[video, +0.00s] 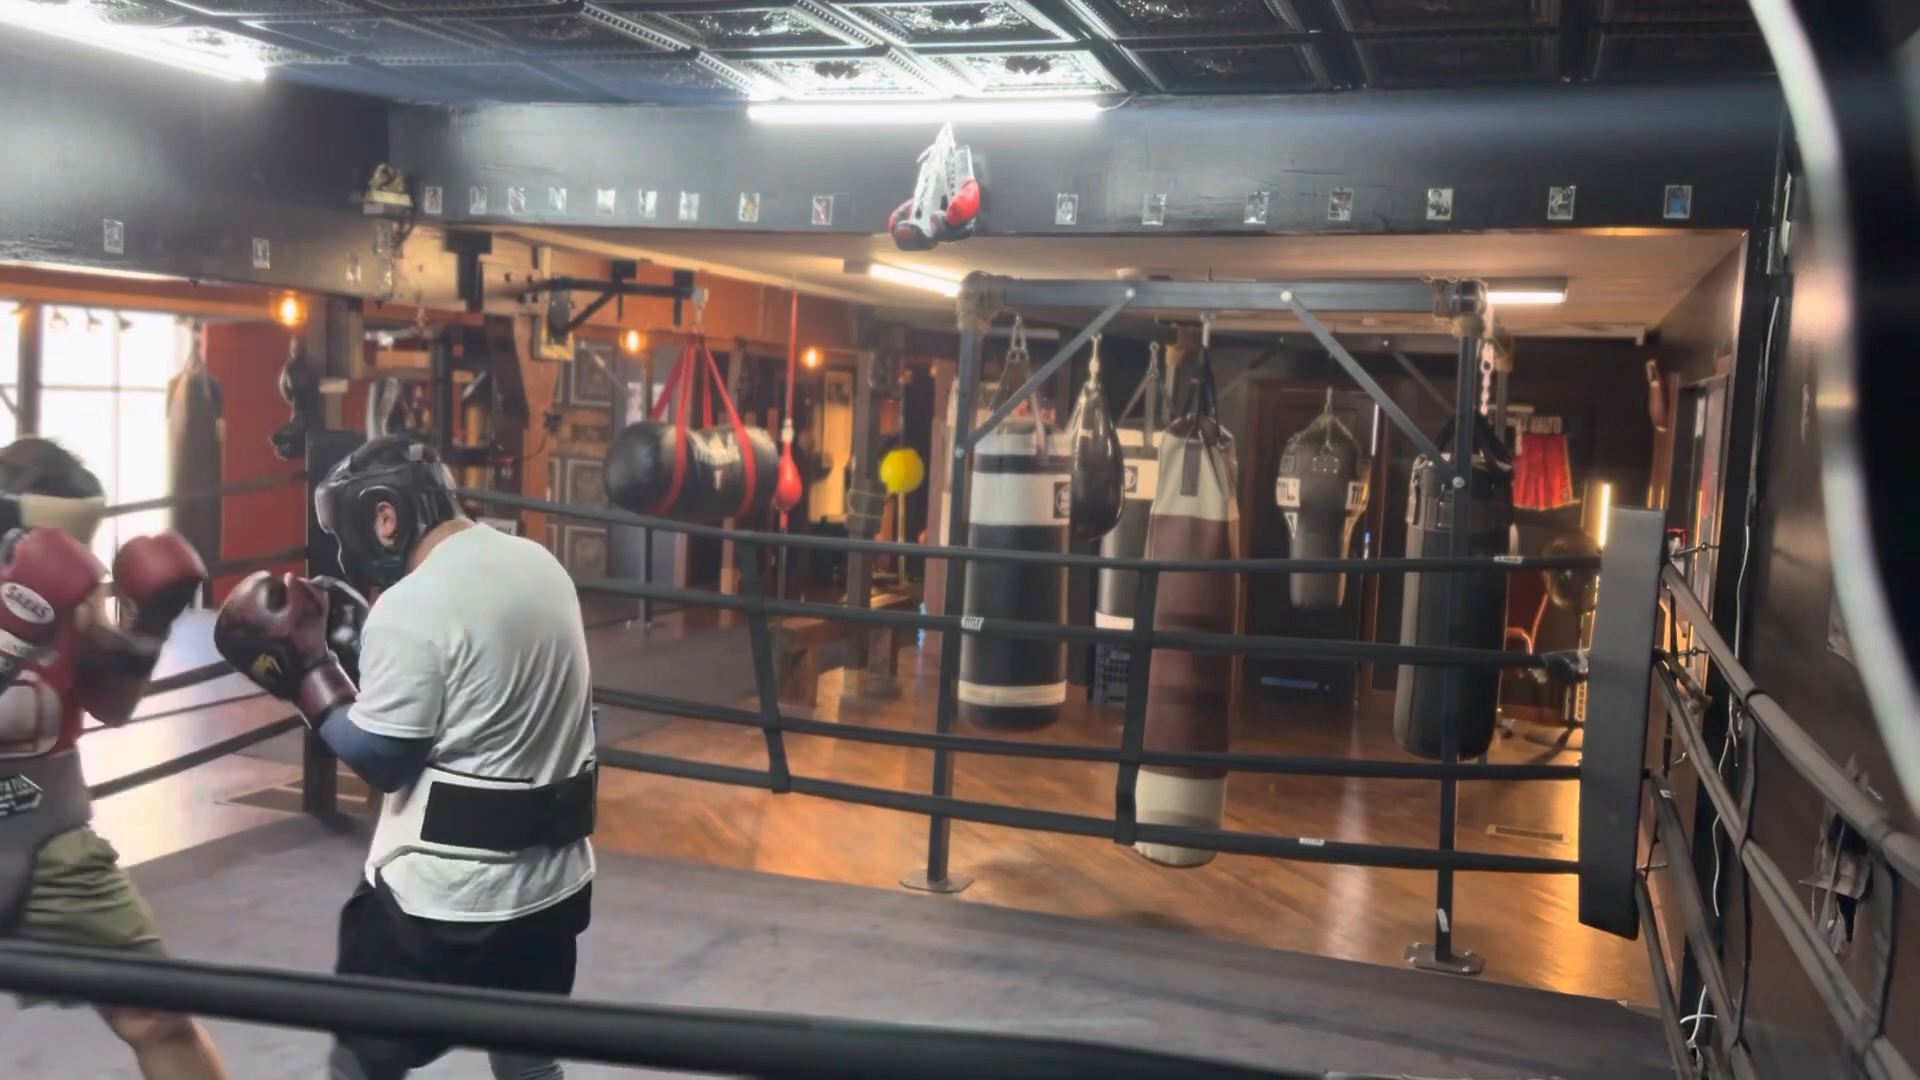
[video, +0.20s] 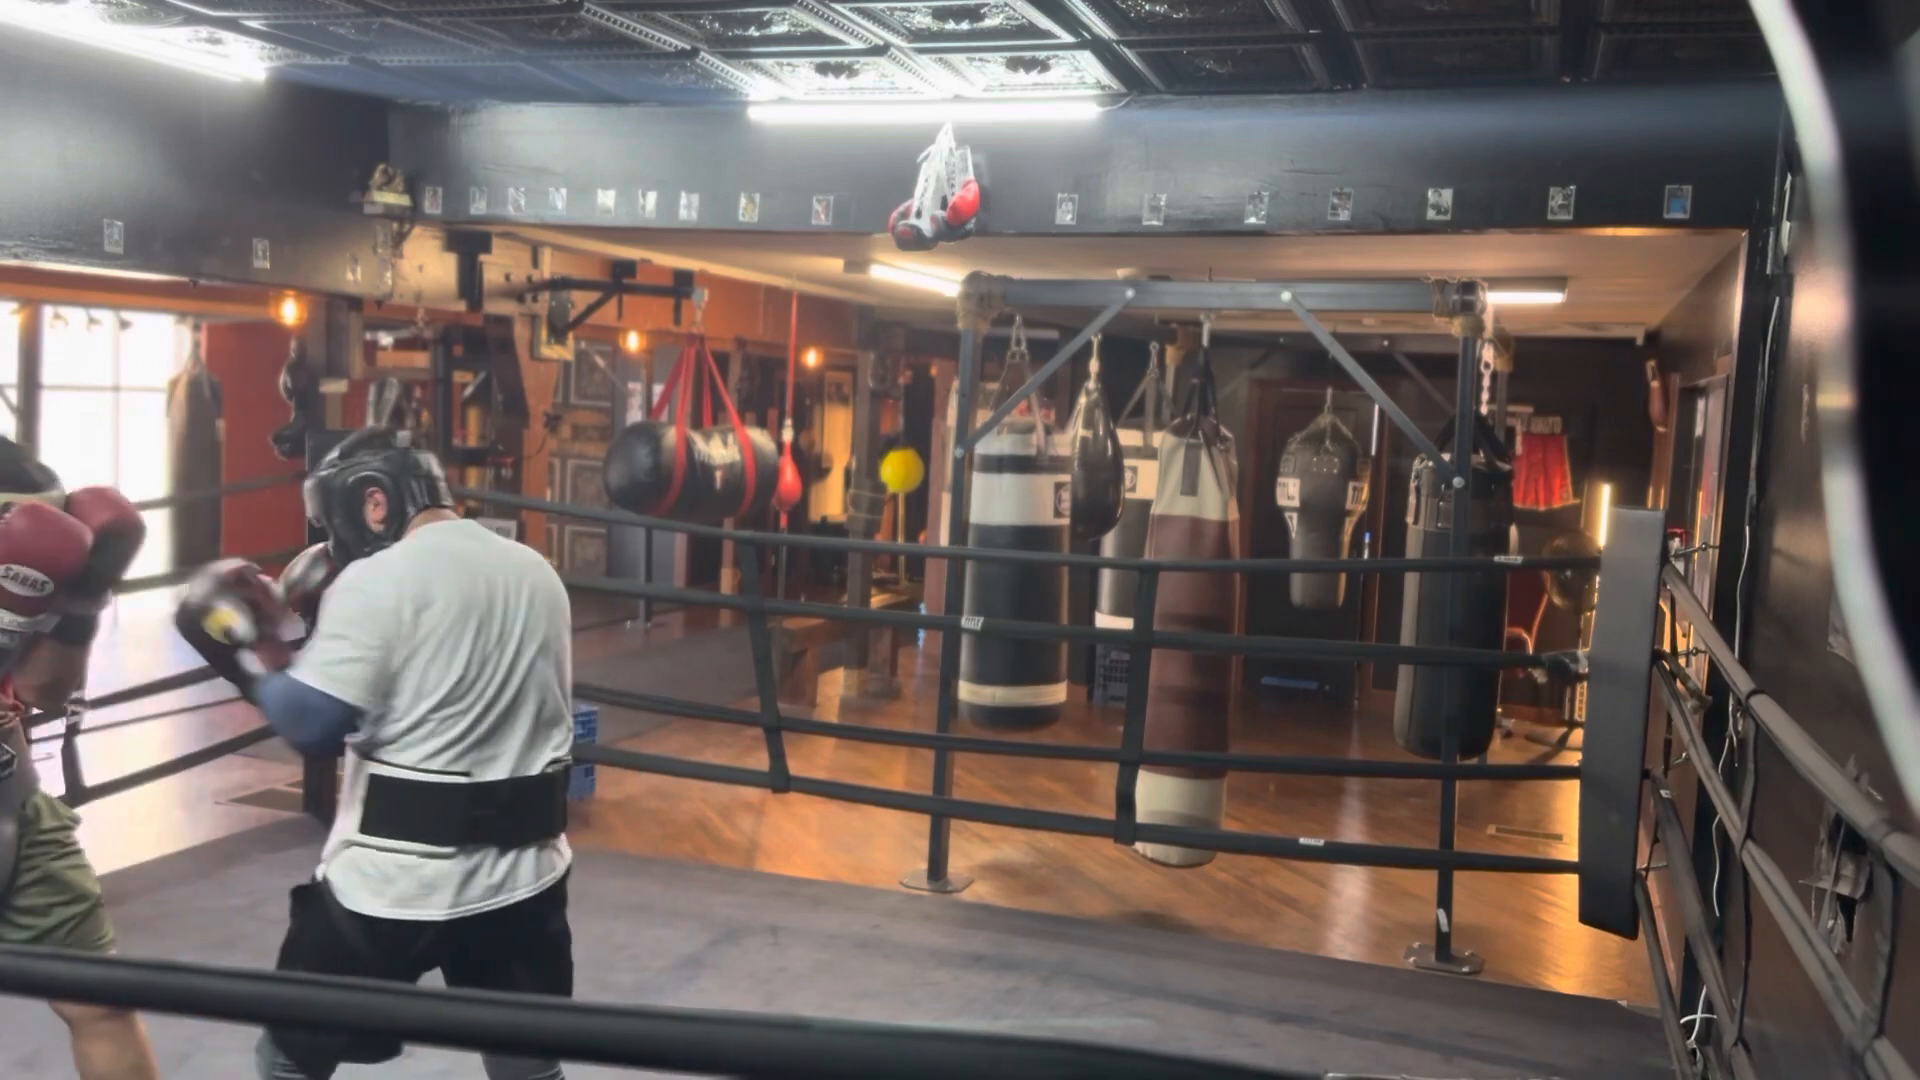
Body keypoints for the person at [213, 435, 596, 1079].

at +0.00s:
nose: (348, 547)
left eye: (348, 528)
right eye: (342, 531)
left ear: (388, 517)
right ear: (443, 501)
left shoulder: (411, 610)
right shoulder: (541, 565)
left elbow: (384, 763)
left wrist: (308, 668)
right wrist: (365, 639)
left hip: (443, 901)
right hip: (553, 890)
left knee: (363, 1060)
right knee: (530, 1062)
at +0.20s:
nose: (337, 540)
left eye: (336, 522)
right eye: (331, 526)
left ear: (377, 503)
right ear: (434, 496)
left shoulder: (374, 583)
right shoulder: (536, 570)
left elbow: (311, 720)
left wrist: (244, 662)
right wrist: (306, 629)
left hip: (394, 885)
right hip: (524, 881)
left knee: (291, 1058)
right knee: (530, 1063)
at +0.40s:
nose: (261, 534)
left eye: (262, 515)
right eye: (258, 515)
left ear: (293, 511)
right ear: (366, 501)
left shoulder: (261, 594)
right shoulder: (474, 582)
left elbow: (127, 678)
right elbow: (492, 704)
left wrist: (119, 592)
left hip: (313, 928)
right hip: (468, 914)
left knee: (264, 1066)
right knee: (496, 1066)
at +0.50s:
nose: (211, 533)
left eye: (214, 517)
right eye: (211, 517)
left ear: (240, 514)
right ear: (322, 498)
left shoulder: (212, 588)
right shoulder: (419, 567)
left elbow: (128, 702)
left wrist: (109, 618)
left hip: (276, 925)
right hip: (429, 911)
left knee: (212, 1065)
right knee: (467, 1066)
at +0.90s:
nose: (222, 511)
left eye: (225, 496)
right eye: (223, 498)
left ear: (244, 494)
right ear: (335, 489)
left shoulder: (196, 577)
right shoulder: (431, 568)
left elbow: (103, 654)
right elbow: (453, 708)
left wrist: (28, 607)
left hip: (242, 917)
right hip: (400, 910)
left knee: (216, 1065)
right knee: (427, 1066)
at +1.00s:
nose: (255, 508)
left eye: (260, 494)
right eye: (258, 495)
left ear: (277, 494)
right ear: (369, 497)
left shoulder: (211, 583)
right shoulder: (450, 580)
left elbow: (159, 728)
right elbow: (466, 725)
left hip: (240, 896)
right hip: (393, 895)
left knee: (204, 1062)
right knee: (420, 1063)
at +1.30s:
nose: (194, 529)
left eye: (199, 518)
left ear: (216, 515)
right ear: (303, 511)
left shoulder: (164, 587)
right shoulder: (389, 585)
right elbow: (418, 725)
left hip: (199, 896)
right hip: (350, 894)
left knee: (154, 1061)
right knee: (395, 1066)